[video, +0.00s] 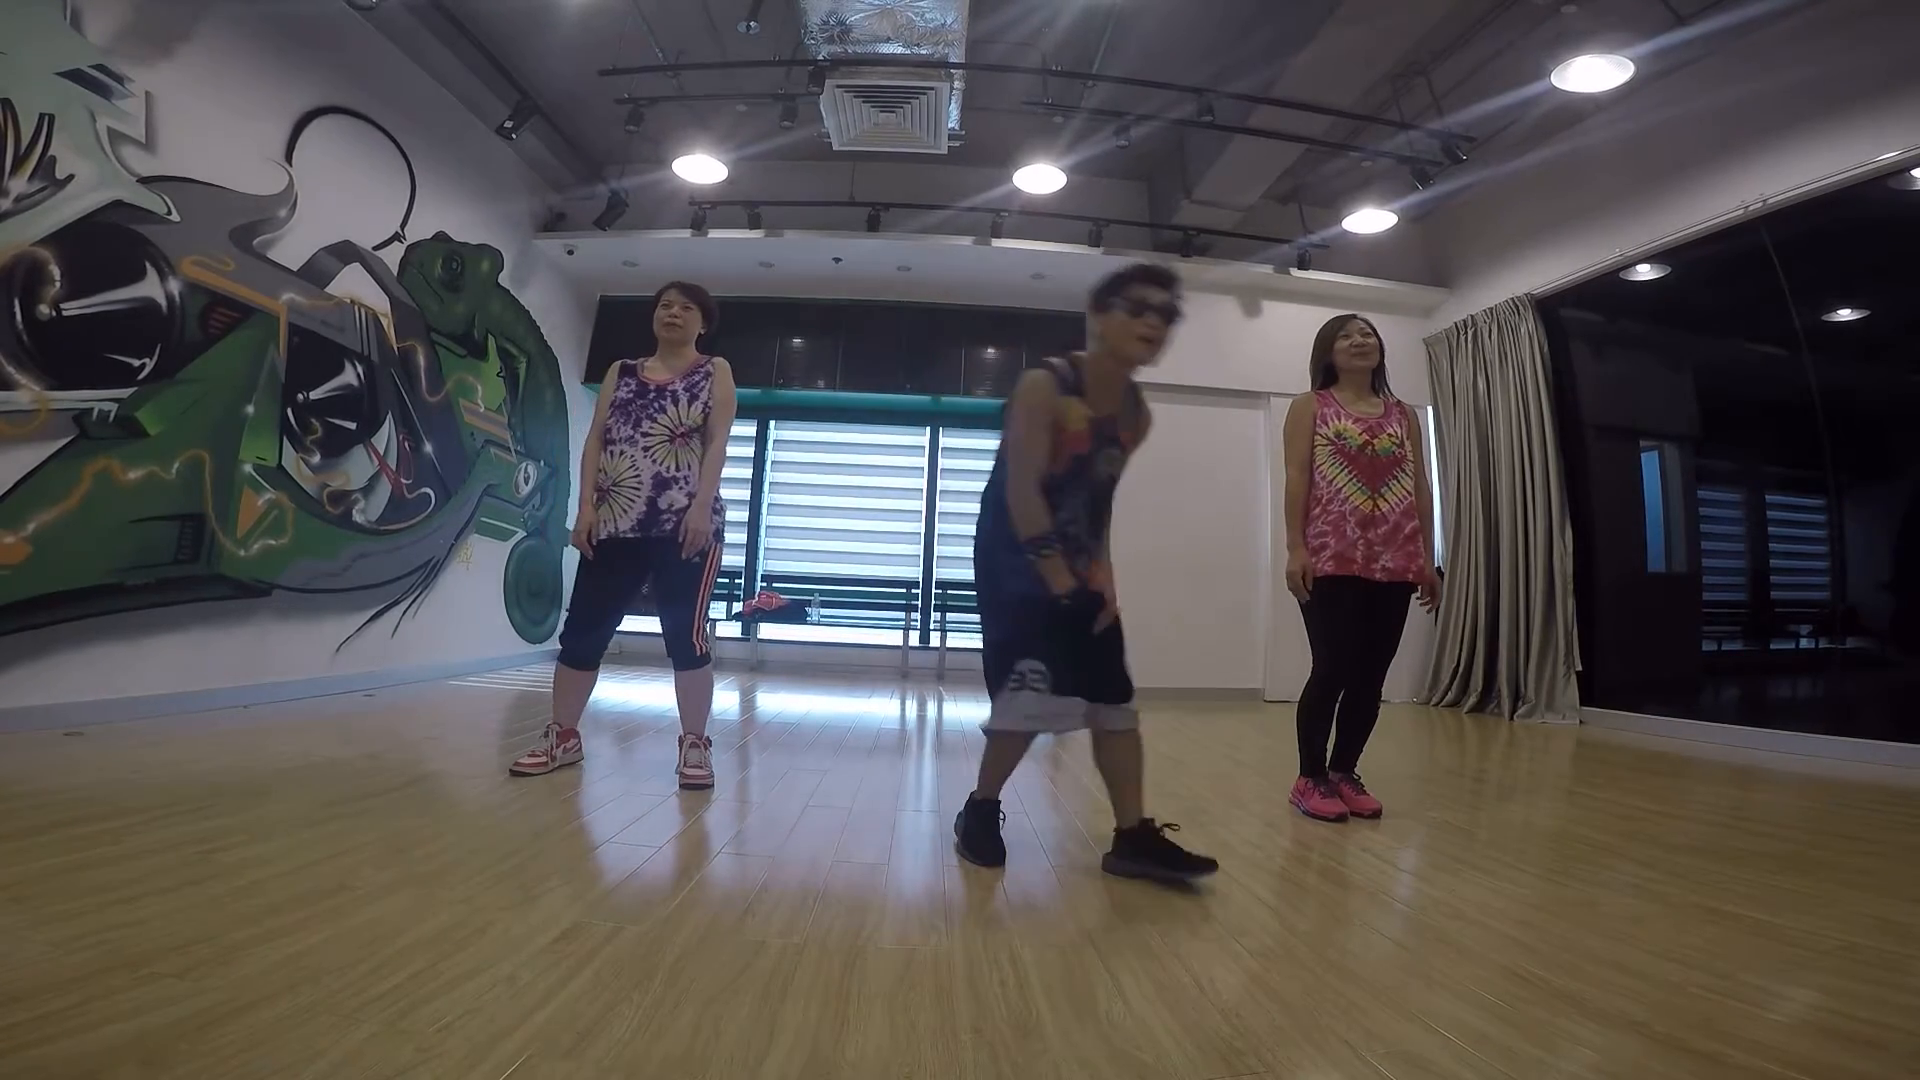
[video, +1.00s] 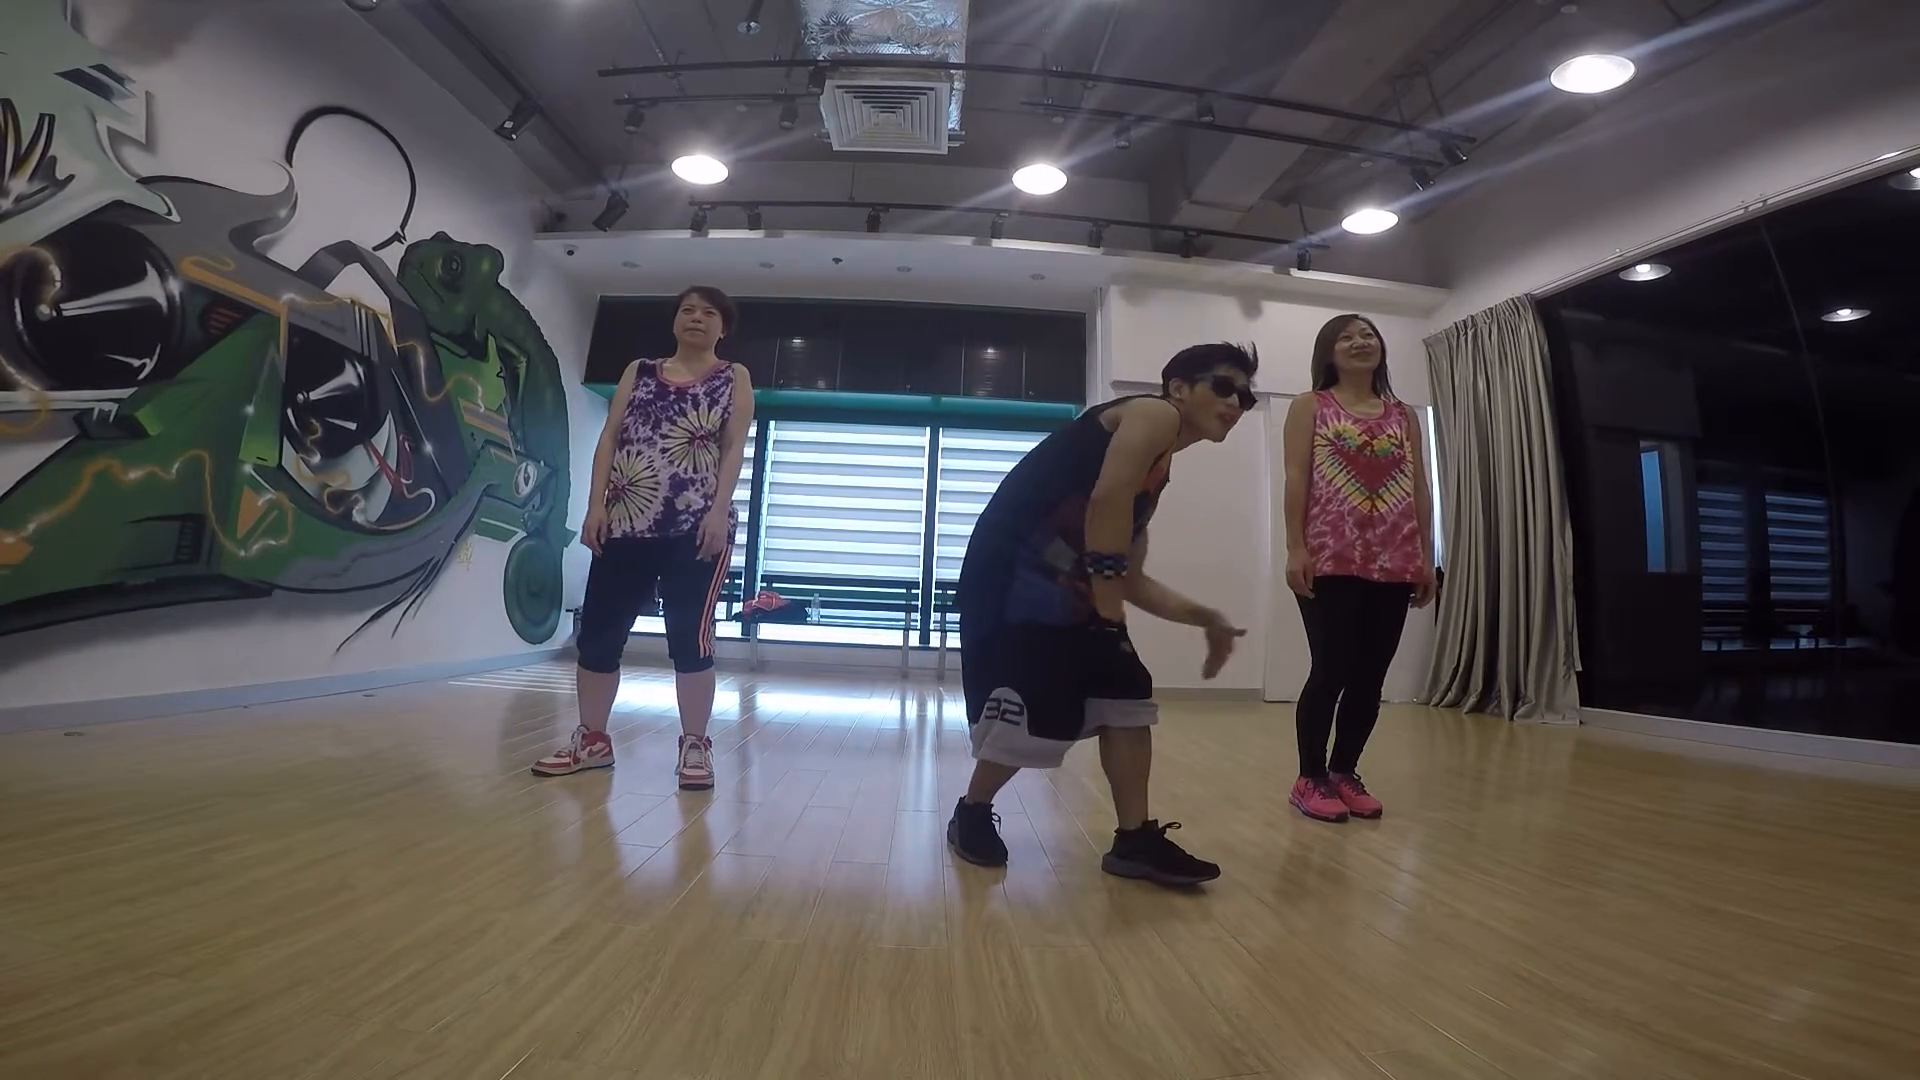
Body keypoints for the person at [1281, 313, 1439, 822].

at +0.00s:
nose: (1358, 340)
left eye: (1367, 334)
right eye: (1345, 336)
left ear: (1381, 351)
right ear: (1327, 354)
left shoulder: (1402, 414)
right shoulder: (1310, 407)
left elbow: (1419, 491)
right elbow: (1297, 479)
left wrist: (1427, 560)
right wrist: (1296, 548)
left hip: (1394, 565)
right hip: (1330, 563)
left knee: (1369, 680)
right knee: (1330, 672)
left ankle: (1344, 774)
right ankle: (1311, 779)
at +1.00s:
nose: (1359, 341)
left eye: (1368, 335)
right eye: (1345, 337)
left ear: (1381, 350)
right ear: (1328, 355)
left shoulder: (1402, 414)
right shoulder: (1310, 407)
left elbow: (1420, 491)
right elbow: (1296, 479)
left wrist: (1425, 560)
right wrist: (1297, 547)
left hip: (1393, 567)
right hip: (1330, 564)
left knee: (1368, 681)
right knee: (1329, 673)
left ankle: (1344, 774)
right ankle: (1310, 779)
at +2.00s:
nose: (1348, 340)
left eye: (1357, 334)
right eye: (1334, 337)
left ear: (1372, 351)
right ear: (1318, 357)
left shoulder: (1397, 414)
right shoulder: (1302, 409)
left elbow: (1415, 488)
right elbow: (1288, 482)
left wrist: (1421, 557)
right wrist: (1287, 549)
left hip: (1386, 566)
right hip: (1320, 564)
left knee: (1380, 677)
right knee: (1328, 671)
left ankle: (1345, 770)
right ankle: (1309, 780)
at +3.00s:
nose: (1384, 354)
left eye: (1392, 346)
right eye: (1370, 350)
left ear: (1408, 360)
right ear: (1356, 368)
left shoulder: (1435, 424)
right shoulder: (1341, 417)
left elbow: (1452, 495)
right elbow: (1328, 486)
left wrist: (1458, 561)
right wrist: (1330, 554)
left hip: (1425, 570)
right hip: (1362, 568)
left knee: (1406, 679)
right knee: (1360, 672)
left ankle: (1381, 772)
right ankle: (1313, 780)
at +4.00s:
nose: (1387, 350)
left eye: (1395, 343)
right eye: (1375, 345)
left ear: (1407, 359)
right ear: (1356, 361)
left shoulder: (1430, 421)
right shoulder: (1334, 413)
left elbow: (1445, 488)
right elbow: (1319, 483)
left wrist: (1448, 553)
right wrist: (1317, 549)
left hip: (1415, 565)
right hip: (1348, 562)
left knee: (1405, 674)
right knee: (1340, 669)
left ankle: (1381, 771)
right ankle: (1315, 775)